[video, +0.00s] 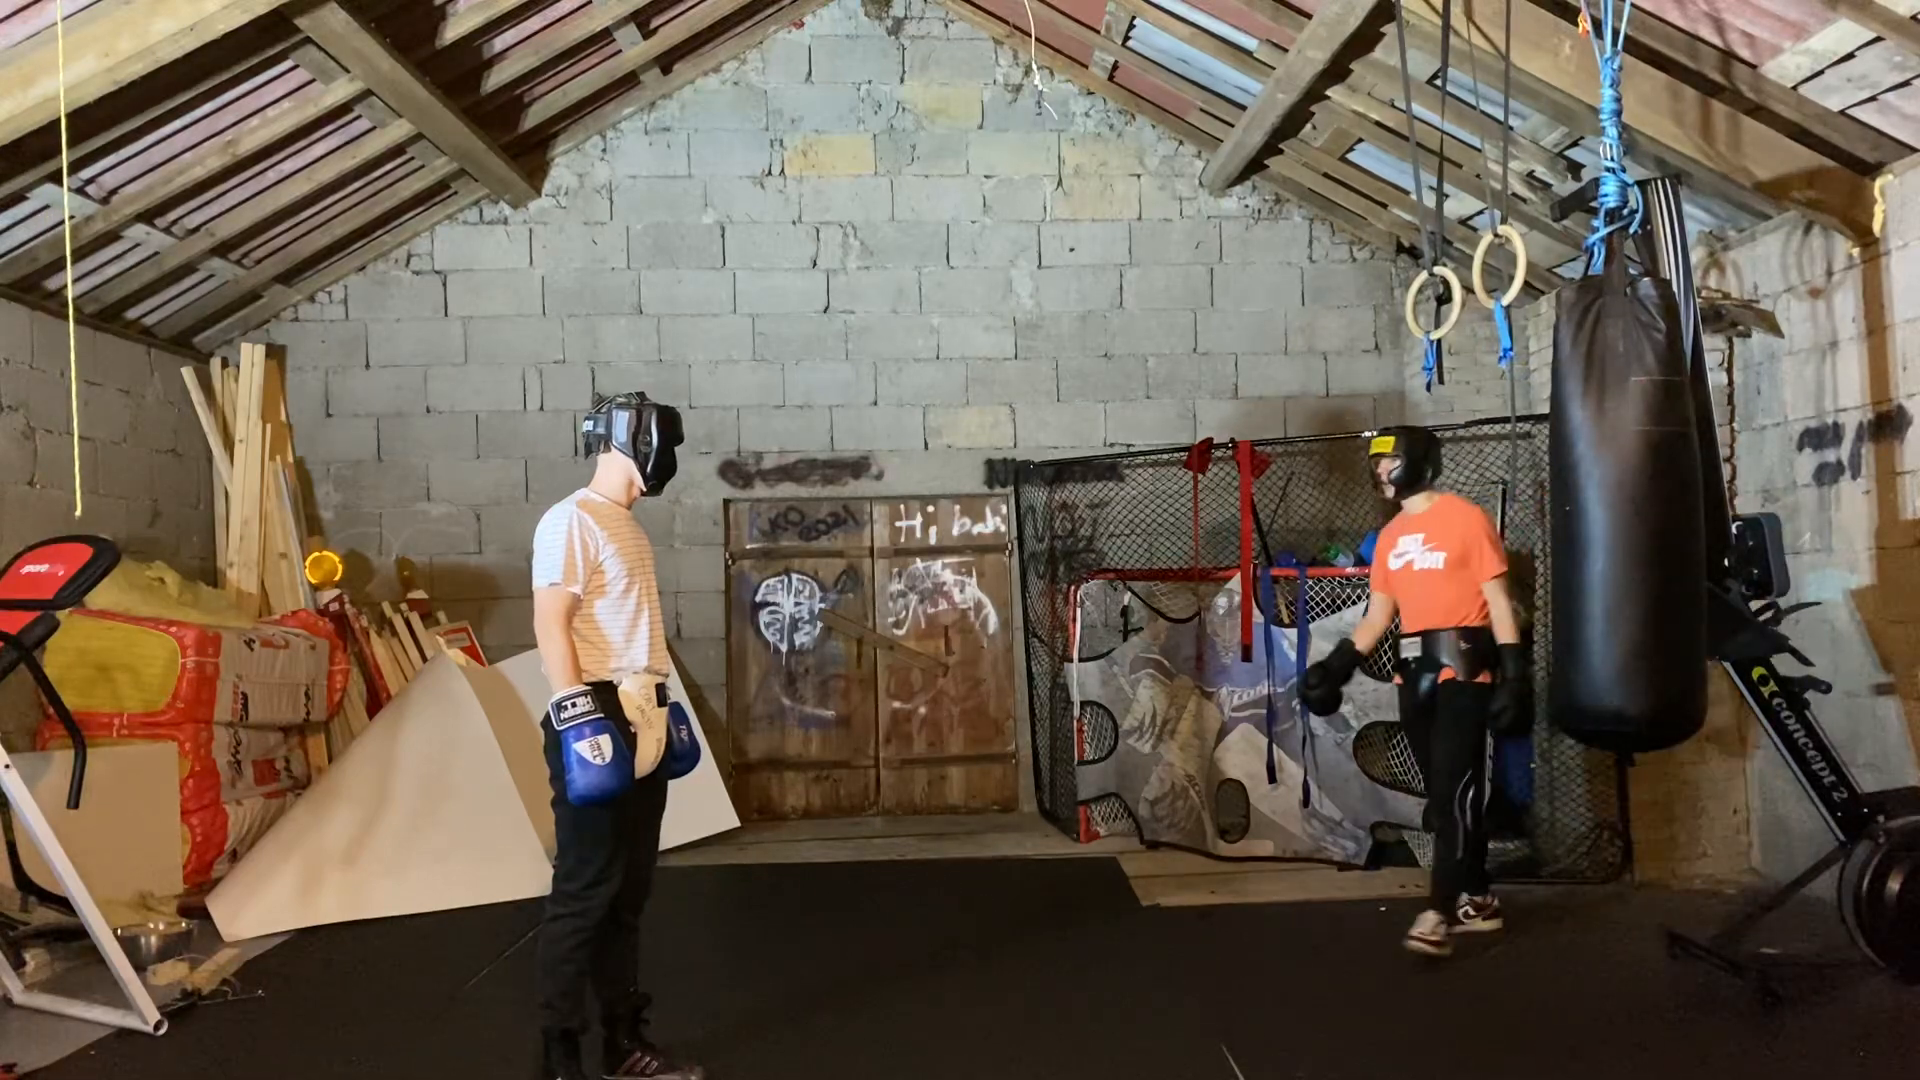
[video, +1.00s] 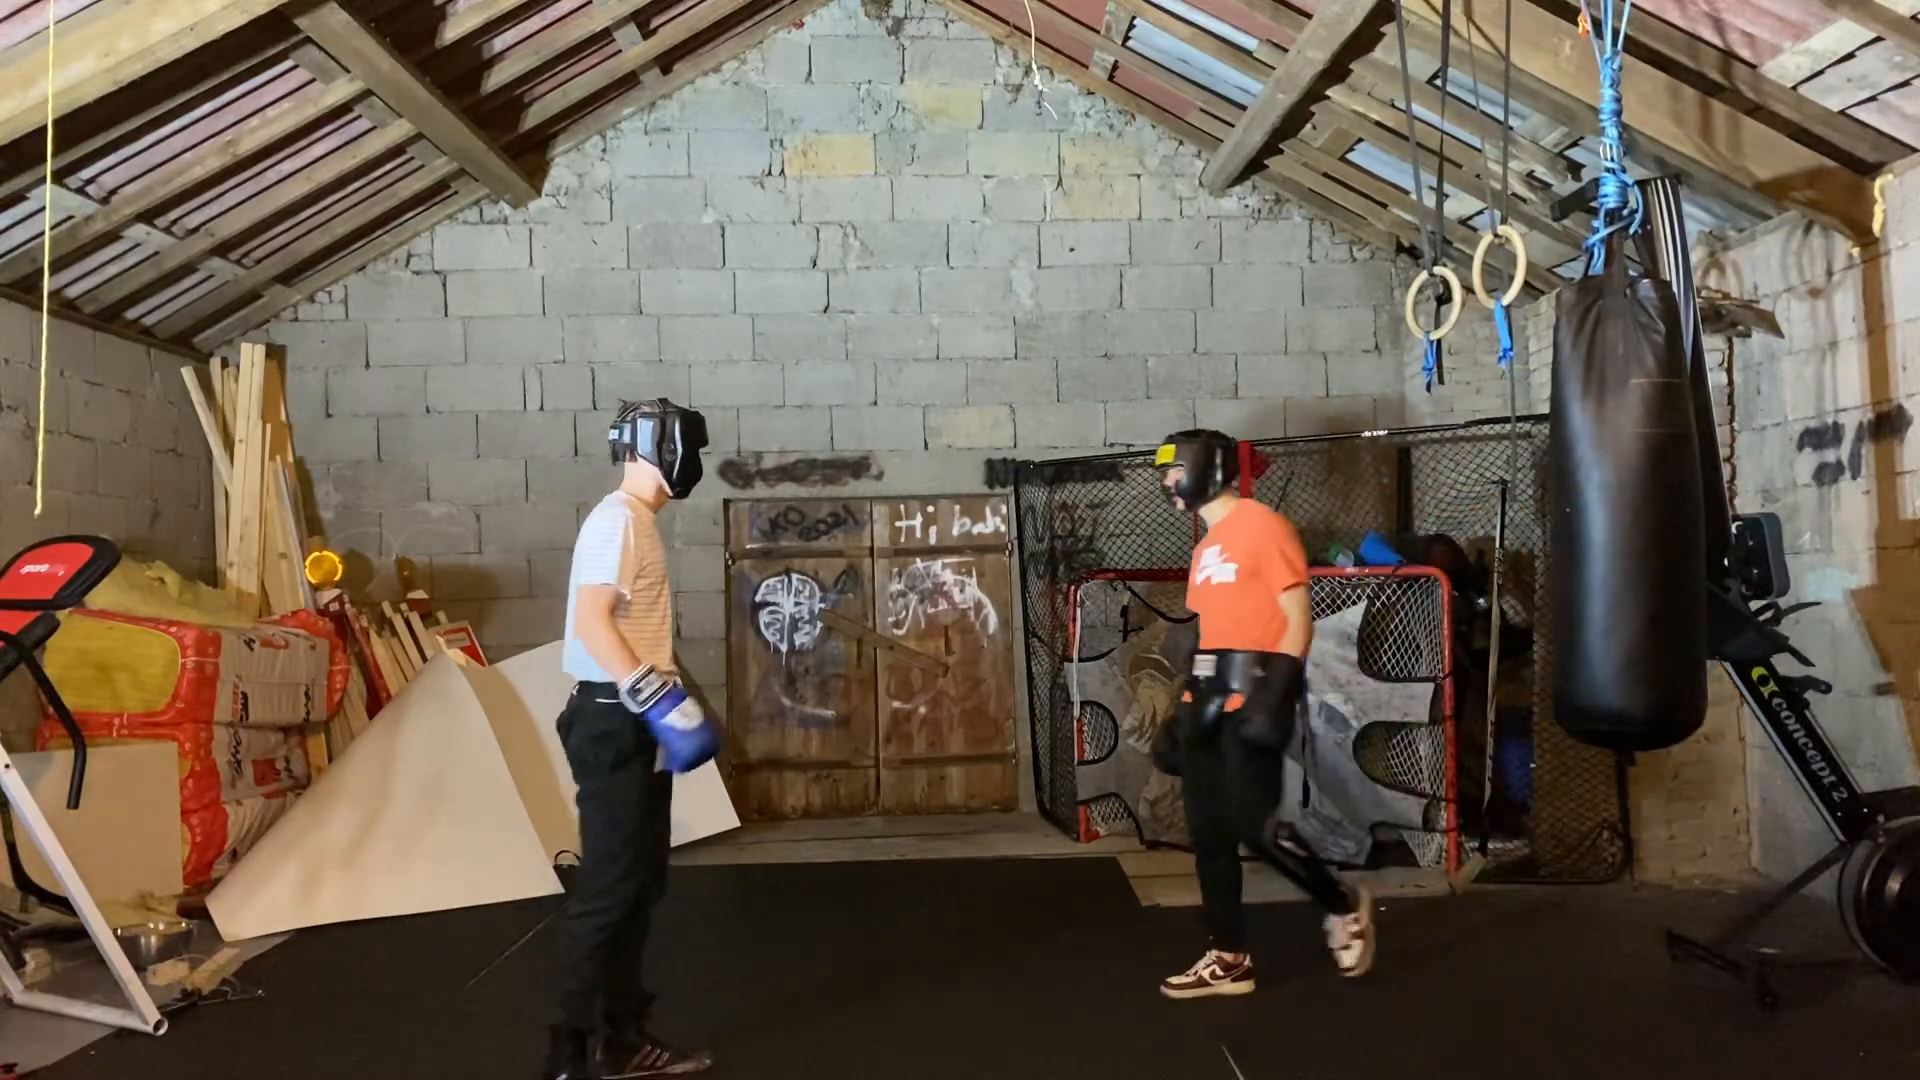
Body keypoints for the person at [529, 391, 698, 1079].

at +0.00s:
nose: (664, 466)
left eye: (665, 452)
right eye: (657, 451)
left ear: (630, 448)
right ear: (624, 445)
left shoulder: (631, 530)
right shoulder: (567, 521)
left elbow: (642, 626)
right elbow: (550, 623)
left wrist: (667, 704)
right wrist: (581, 719)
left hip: (643, 716)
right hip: (592, 720)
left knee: (627, 891)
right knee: (583, 893)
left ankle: (622, 1046)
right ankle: (561, 1058)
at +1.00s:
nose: (694, 466)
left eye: (693, 452)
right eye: (686, 452)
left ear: (643, 450)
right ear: (654, 450)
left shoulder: (637, 522)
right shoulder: (616, 520)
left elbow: (628, 622)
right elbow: (592, 617)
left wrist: (672, 702)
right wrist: (660, 698)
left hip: (635, 714)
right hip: (609, 715)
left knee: (640, 879)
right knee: (611, 883)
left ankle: (623, 1042)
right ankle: (571, 1055)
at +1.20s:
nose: (700, 468)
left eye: (699, 454)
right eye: (694, 453)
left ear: (646, 448)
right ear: (666, 449)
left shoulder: (643, 520)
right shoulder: (630, 519)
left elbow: (655, 627)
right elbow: (631, 618)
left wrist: (731, 633)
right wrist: (724, 624)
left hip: (632, 708)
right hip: (631, 713)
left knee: (630, 872)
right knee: (668, 871)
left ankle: (625, 1038)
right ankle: (607, 1048)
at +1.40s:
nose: (716, 477)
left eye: (716, 463)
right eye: (712, 462)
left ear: (662, 452)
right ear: (691, 455)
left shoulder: (638, 518)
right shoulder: (657, 519)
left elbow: (677, 610)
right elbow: (677, 609)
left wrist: (754, 592)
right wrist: (765, 582)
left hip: (628, 708)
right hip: (658, 711)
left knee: (641, 874)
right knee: (713, 868)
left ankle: (624, 1043)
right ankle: (710, 1045)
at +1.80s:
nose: (802, 488)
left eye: (803, 474)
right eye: (800, 473)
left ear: (747, 461)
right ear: (780, 467)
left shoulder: (715, 524)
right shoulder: (740, 528)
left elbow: (765, 602)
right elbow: (733, 624)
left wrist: (838, 578)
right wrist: (811, 609)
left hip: (701, 712)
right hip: (740, 715)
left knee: (688, 874)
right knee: (774, 867)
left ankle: (631, 1028)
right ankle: (793, 1017)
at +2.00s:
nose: (854, 499)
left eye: (855, 486)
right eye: (852, 486)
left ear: (801, 475)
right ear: (832, 485)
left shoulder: (774, 529)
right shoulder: (782, 543)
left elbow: (786, 612)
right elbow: (745, 633)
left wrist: (842, 594)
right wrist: (827, 644)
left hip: (761, 707)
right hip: (782, 713)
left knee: (784, 856)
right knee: (812, 860)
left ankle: (682, 978)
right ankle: (796, 1019)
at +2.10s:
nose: (868, 493)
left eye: (869, 480)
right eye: (866, 480)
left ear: (814, 469)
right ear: (847, 478)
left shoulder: (781, 523)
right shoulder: (804, 538)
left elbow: (804, 603)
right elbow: (775, 630)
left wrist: (857, 577)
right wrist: (855, 637)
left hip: (777, 699)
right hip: (800, 705)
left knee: (818, 844)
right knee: (827, 852)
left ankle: (735, 963)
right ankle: (795, 1019)